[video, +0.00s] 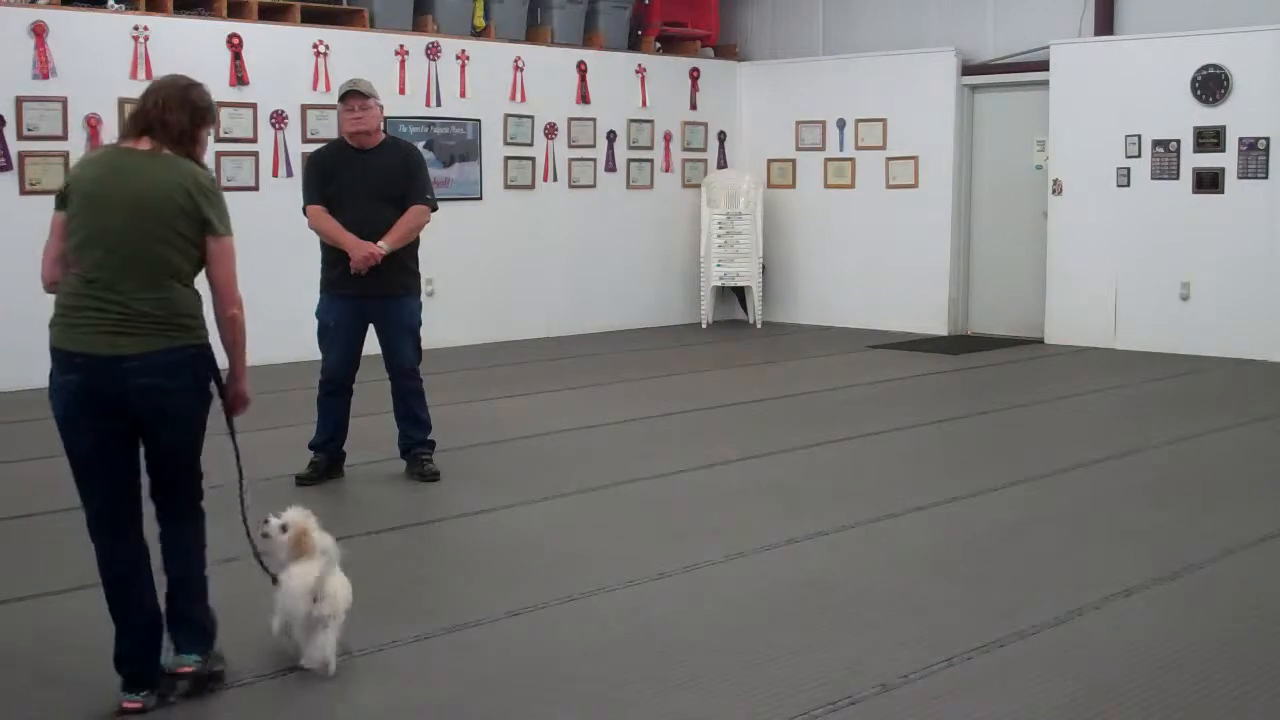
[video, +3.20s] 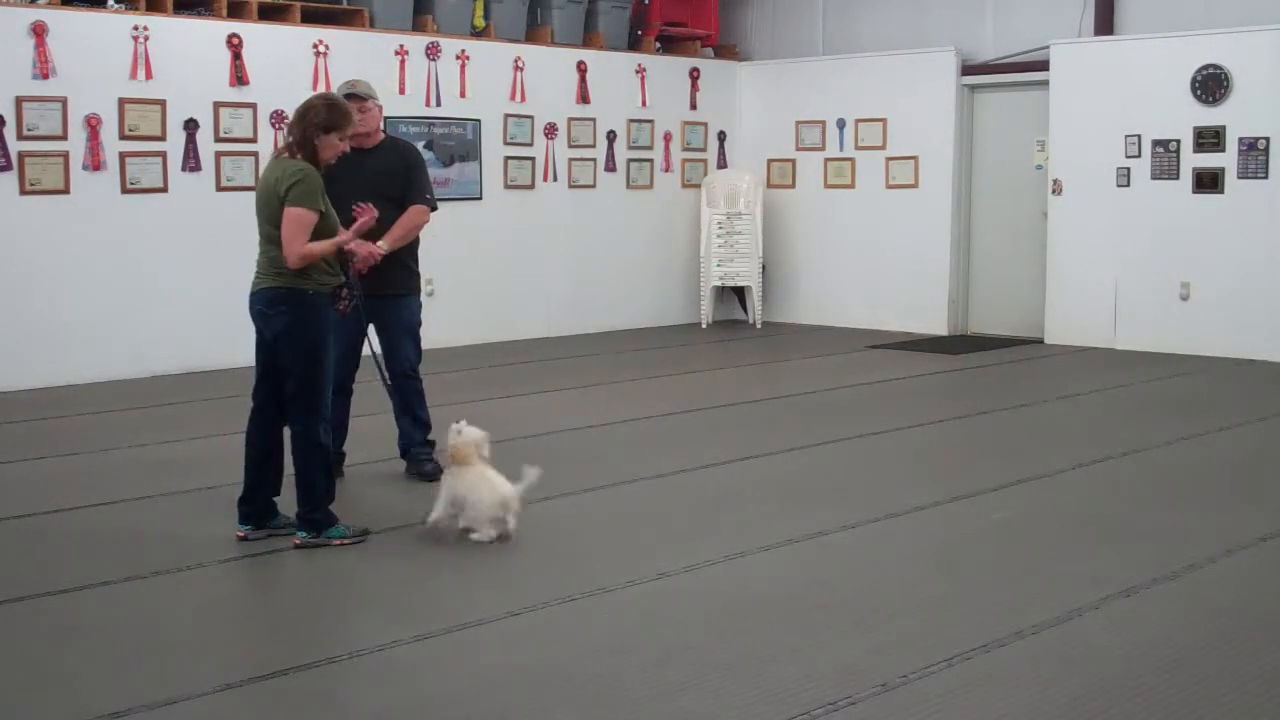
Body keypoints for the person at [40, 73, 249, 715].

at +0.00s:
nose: (208, 143)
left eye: (209, 133)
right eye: (207, 133)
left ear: (143, 115)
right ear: (194, 129)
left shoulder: (86, 169)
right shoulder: (197, 183)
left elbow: (53, 273)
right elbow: (227, 297)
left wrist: (116, 264)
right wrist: (238, 372)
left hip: (82, 371)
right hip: (171, 368)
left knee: (113, 523)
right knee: (179, 506)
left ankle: (137, 677)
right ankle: (189, 651)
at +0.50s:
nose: (278, 200)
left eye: (280, 193)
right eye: (279, 192)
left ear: (226, 167)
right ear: (272, 185)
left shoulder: (170, 193)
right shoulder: (267, 221)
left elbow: (123, 273)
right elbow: (279, 320)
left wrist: (175, 269)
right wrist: (273, 401)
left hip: (135, 348)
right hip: (215, 354)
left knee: (152, 471)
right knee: (222, 473)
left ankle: (150, 589)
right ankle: (217, 603)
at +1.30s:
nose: (307, 258)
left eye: (312, 250)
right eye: (309, 249)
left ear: (272, 221)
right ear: (300, 239)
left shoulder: (217, 225)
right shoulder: (288, 255)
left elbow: (155, 273)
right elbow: (308, 354)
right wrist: (327, 424)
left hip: (150, 321)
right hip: (214, 326)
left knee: (190, 442)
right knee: (234, 443)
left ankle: (198, 570)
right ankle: (222, 546)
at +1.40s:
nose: (310, 247)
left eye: (314, 239)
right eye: (312, 238)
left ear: (274, 211)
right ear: (301, 225)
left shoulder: (221, 217)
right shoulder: (289, 243)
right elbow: (306, 339)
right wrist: (323, 412)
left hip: (154, 319)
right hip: (218, 321)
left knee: (194, 438)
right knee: (241, 438)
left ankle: (199, 570)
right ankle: (232, 550)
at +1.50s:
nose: (317, 235)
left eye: (321, 225)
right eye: (319, 223)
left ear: (277, 198)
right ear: (304, 211)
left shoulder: (221, 210)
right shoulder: (291, 232)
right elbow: (302, 325)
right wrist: (314, 395)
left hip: (160, 316)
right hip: (225, 319)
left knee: (201, 438)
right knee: (249, 437)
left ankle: (204, 566)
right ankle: (255, 554)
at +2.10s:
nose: (340, 172)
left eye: (344, 163)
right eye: (339, 161)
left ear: (297, 145)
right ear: (317, 148)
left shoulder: (254, 173)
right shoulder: (313, 188)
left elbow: (230, 245)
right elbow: (309, 273)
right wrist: (337, 334)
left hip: (228, 308)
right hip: (277, 311)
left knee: (268, 415)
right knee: (290, 422)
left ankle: (232, 519)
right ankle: (285, 538)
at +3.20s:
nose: (344, 150)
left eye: (347, 142)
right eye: (341, 140)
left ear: (311, 133)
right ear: (317, 133)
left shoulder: (276, 170)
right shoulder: (305, 178)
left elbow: (303, 244)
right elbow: (295, 254)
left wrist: (349, 233)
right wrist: (343, 240)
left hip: (272, 299)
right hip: (299, 303)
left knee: (268, 408)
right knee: (311, 412)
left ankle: (256, 514)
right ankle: (315, 519)